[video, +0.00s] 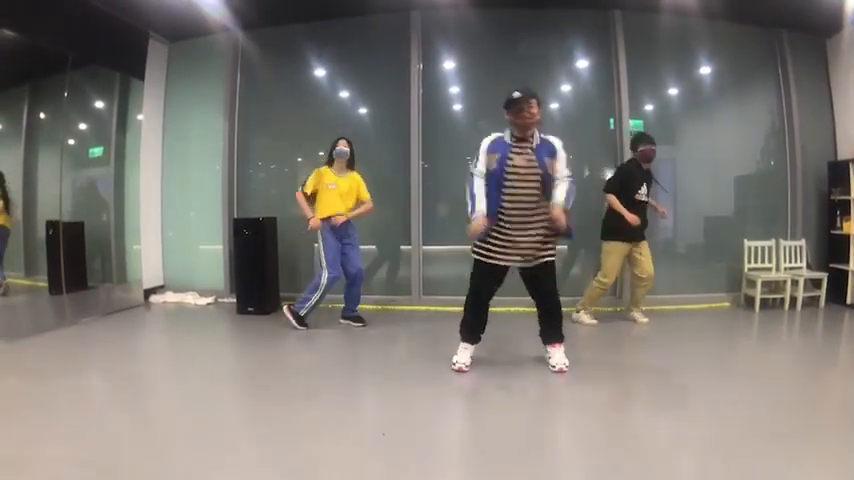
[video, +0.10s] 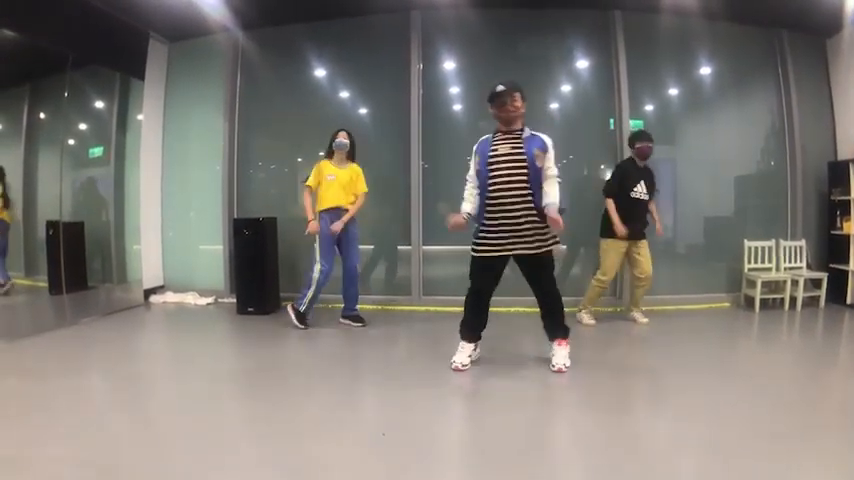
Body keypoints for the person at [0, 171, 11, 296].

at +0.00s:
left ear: (1, 180)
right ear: (3, 180)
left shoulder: (4, 194)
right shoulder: (5, 194)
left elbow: (4, 210)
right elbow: (8, 212)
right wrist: (8, 221)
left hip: (3, 222)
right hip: (6, 223)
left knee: (2, 254)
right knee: (2, 255)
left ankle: (3, 280)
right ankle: (3, 280)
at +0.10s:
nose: (4, 176)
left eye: (3, 173)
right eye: (3, 173)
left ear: (2, 175)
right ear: (3, 175)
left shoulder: (3, 188)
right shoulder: (5, 188)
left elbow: (5, 206)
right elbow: (7, 206)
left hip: (3, 217)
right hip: (6, 217)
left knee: (2, 251)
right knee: (3, 251)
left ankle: (5, 279)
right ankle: (4, 279)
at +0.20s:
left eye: (0, 169)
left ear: (1, 171)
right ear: (4, 171)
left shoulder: (3, 185)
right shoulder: (5, 185)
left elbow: (3, 201)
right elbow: (7, 203)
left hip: (4, 217)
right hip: (5, 217)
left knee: (2, 252)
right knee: (2, 252)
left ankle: (8, 281)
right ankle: (6, 281)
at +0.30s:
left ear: (2, 173)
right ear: (5, 173)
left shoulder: (4, 187)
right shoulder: (5, 187)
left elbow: (5, 203)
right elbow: (5, 203)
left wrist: (2, 214)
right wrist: (4, 213)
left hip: (5, 219)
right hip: (6, 219)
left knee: (3, 250)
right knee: (3, 250)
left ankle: (7, 280)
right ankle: (7, 280)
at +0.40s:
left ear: (2, 179)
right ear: (7, 179)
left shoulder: (5, 193)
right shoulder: (6, 193)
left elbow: (7, 211)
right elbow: (8, 211)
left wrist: (3, 220)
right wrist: (5, 220)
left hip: (4, 226)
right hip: (5, 226)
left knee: (3, 253)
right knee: (4, 253)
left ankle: (7, 282)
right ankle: (7, 281)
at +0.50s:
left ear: (2, 183)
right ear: (6, 183)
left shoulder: (6, 197)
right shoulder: (5, 197)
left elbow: (13, 211)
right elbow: (13, 211)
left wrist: (5, 220)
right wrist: (6, 220)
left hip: (3, 227)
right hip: (3, 227)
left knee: (3, 255)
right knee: (3, 255)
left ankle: (6, 283)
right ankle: (6, 283)